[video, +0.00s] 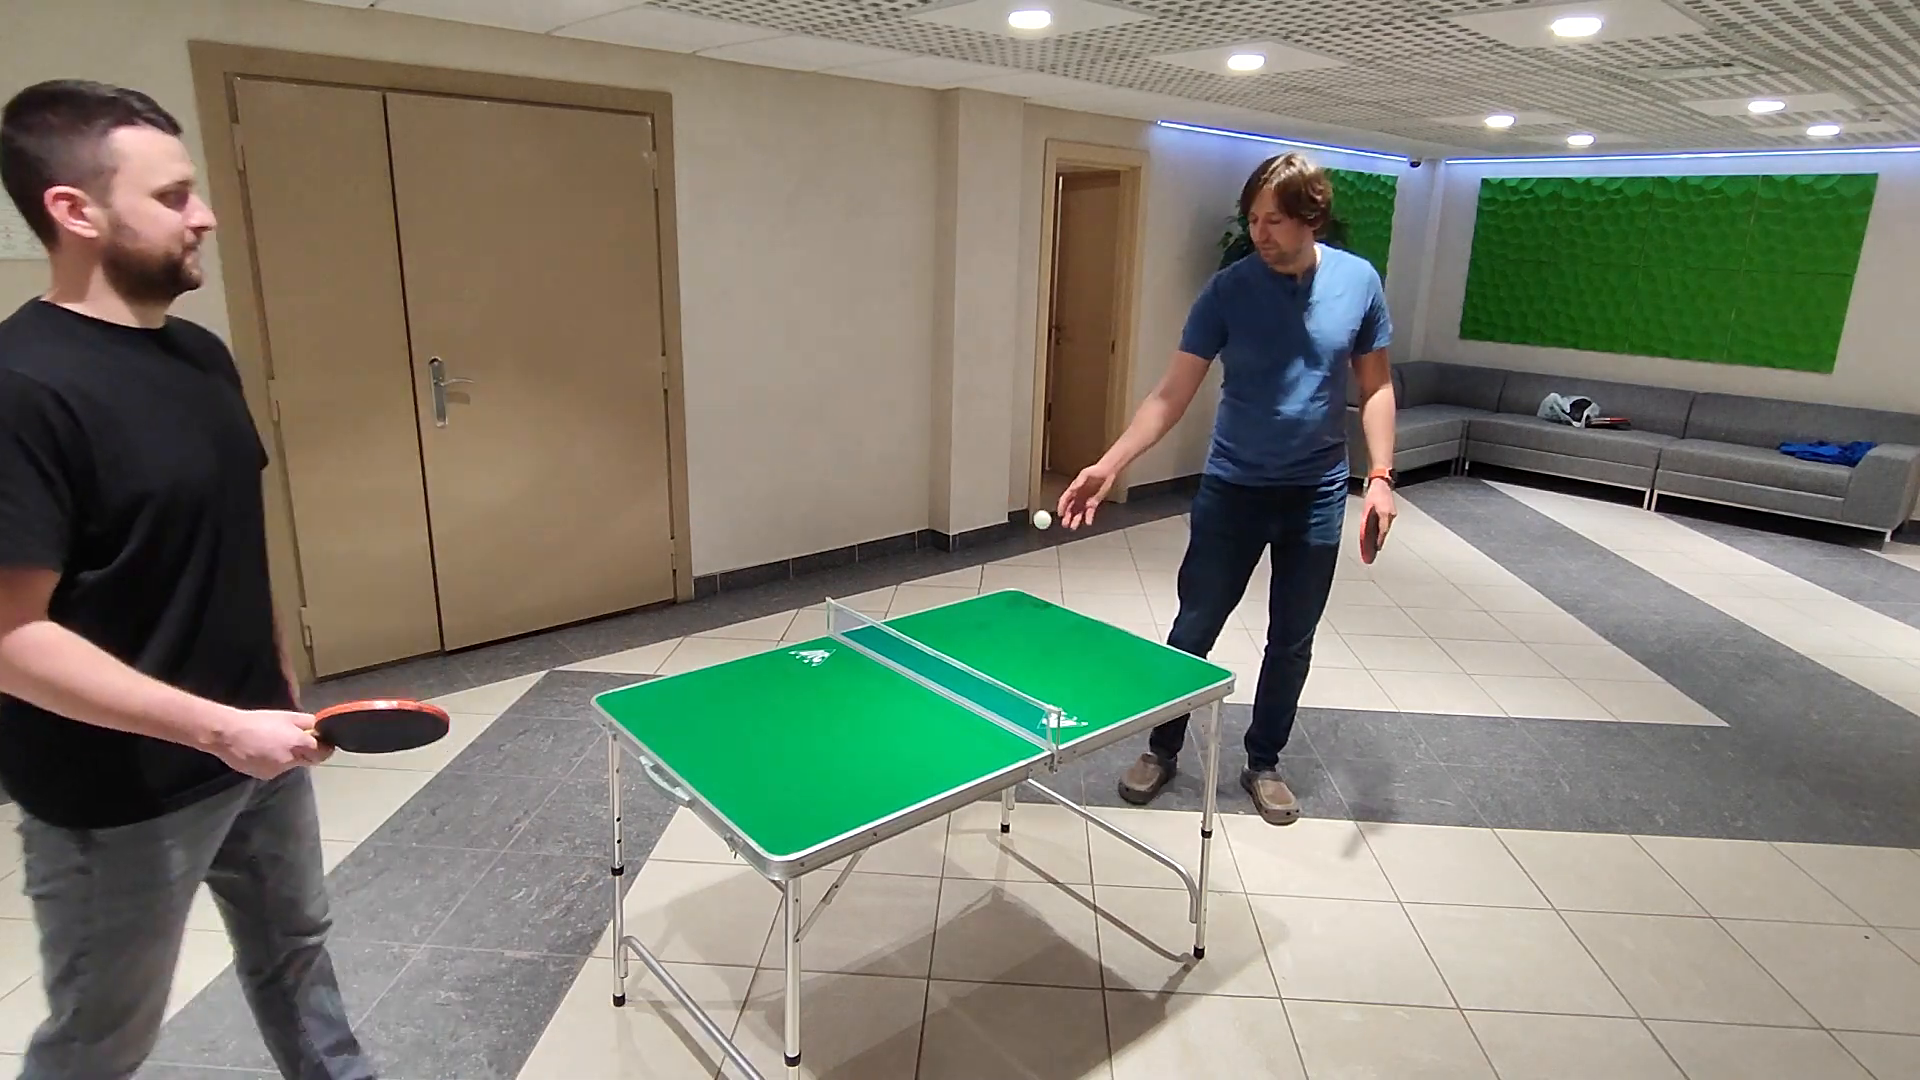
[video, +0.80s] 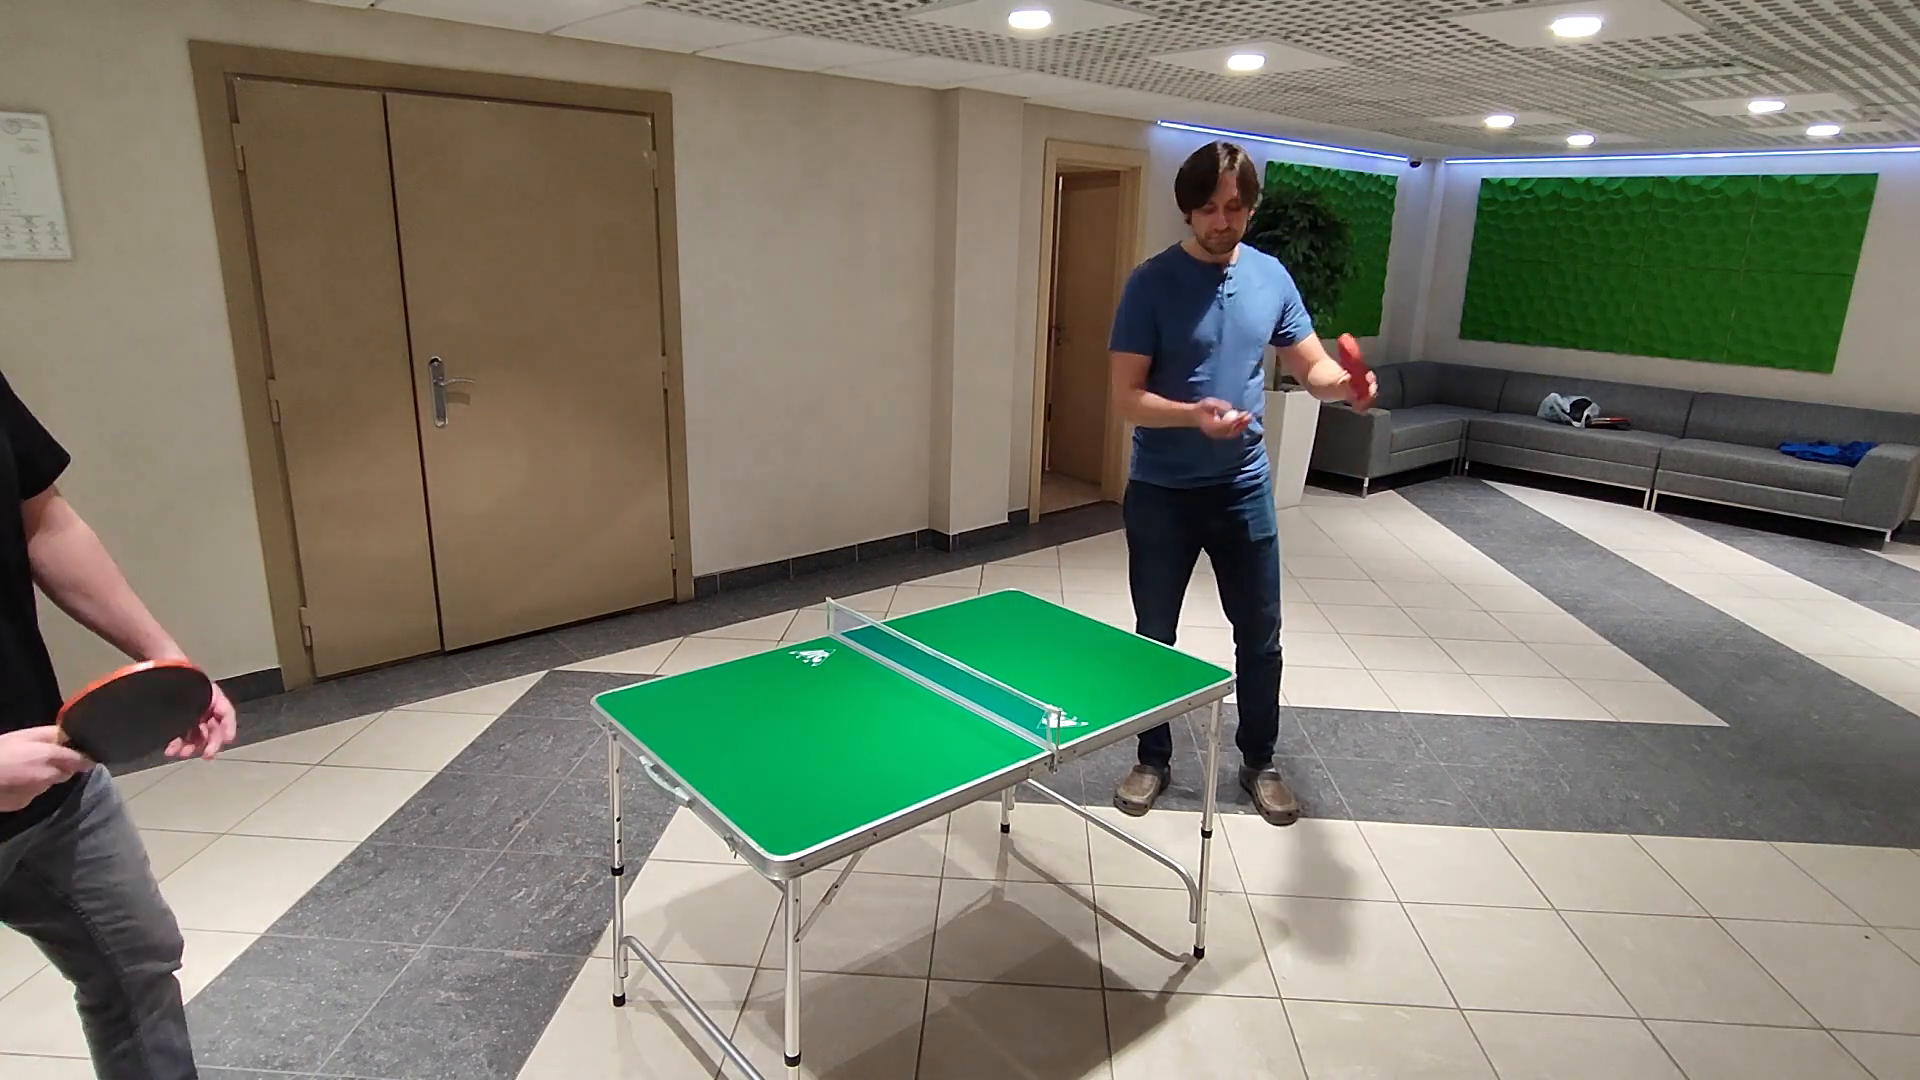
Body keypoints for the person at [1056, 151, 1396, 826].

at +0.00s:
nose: (1260, 233)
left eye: (1274, 221)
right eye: (1254, 219)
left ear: (1312, 220)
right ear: (1249, 219)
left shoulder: (1359, 282)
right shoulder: (1231, 289)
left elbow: (1376, 387)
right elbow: (1169, 398)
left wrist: (1381, 477)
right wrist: (1109, 466)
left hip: (1317, 490)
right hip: (1232, 486)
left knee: (1293, 643)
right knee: (1192, 630)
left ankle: (1264, 764)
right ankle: (1160, 752)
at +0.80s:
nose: (1225, 222)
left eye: (1237, 208)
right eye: (1212, 207)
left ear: (1252, 207)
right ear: (1187, 206)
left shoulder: (1272, 278)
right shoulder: (1150, 285)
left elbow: (1314, 369)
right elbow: (1125, 401)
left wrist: (1346, 383)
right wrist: (1194, 414)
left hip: (1243, 486)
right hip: (1161, 489)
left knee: (1261, 633)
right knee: (1153, 634)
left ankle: (1260, 765)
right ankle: (1151, 761)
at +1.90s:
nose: (1252, 225)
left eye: (1267, 213)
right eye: (1247, 212)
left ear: (1304, 217)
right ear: (1243, 216)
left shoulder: (1346, 293)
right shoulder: (1233, 280)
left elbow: (1362, 415)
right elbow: (1214, 379)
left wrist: (1274, 483)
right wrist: (1176, 424)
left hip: (1303, 495)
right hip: (1226, 483)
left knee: (1305, 648)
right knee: (1187, 628)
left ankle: (1298, 775)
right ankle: (1153, 755)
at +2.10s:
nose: (1269, 225)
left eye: (1285, 215)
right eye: (1264, 212)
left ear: (1319, 223)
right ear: (1258, 214)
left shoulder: (1354, 298)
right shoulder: (1240, 276)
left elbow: (1396, 412)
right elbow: (1223, 363)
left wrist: (1324, 489)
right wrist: (1200, 418)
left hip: (1307, 487)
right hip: (1235, 475)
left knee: (1306, 642)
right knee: (1194, 610)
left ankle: (1298, 773)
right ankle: (1185, 723)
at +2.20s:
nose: (1266, 231)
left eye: (1280, 221)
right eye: (1261, 218)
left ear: (1315, 225)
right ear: (1253, 216)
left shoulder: (1350, 296)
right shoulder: (1234, 276)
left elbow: (1397, 406)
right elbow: (1217, 364)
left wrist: (1333, 483)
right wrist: (1196, 419)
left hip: (1301, 483)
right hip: (1229, 472)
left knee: (1302, 639)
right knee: (1202, 602)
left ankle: (1298, 772)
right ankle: (1207, 709)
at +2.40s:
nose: (1232, 240)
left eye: (1246, 228)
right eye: (1227, 227)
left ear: (1283, 228)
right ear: (1223, 225)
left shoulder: (1327, 294)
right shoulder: (1216, 282)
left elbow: (1365, 406)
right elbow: (1195, 368)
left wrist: (1296, 484)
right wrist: (1177, 423)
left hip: (1289, 484)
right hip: (1219, 474)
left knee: (1287, 636)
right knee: (1204, 606)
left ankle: (1298, 771)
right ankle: (1208, 712)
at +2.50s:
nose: (1215, 248)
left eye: (1227, 237)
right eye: (1210, 236)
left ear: (1265, 233)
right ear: (1209, 233)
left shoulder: (1312, 299)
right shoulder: (1209, 283)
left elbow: (1336, 416)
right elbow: (1196, 367)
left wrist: (1263, 490)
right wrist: (1165, 421)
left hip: (1286, 486)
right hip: (1220, 474)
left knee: (1286, 635)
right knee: (1200, 604)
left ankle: (1297, 771)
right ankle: (1206, 712)